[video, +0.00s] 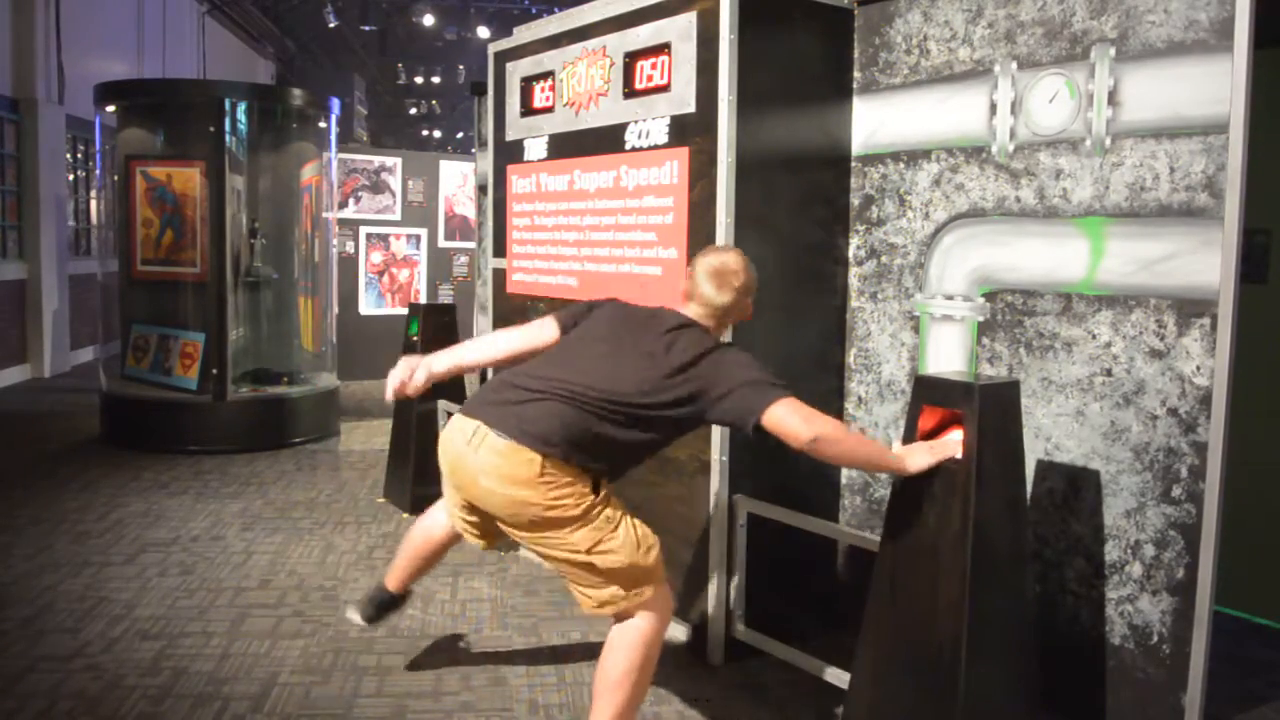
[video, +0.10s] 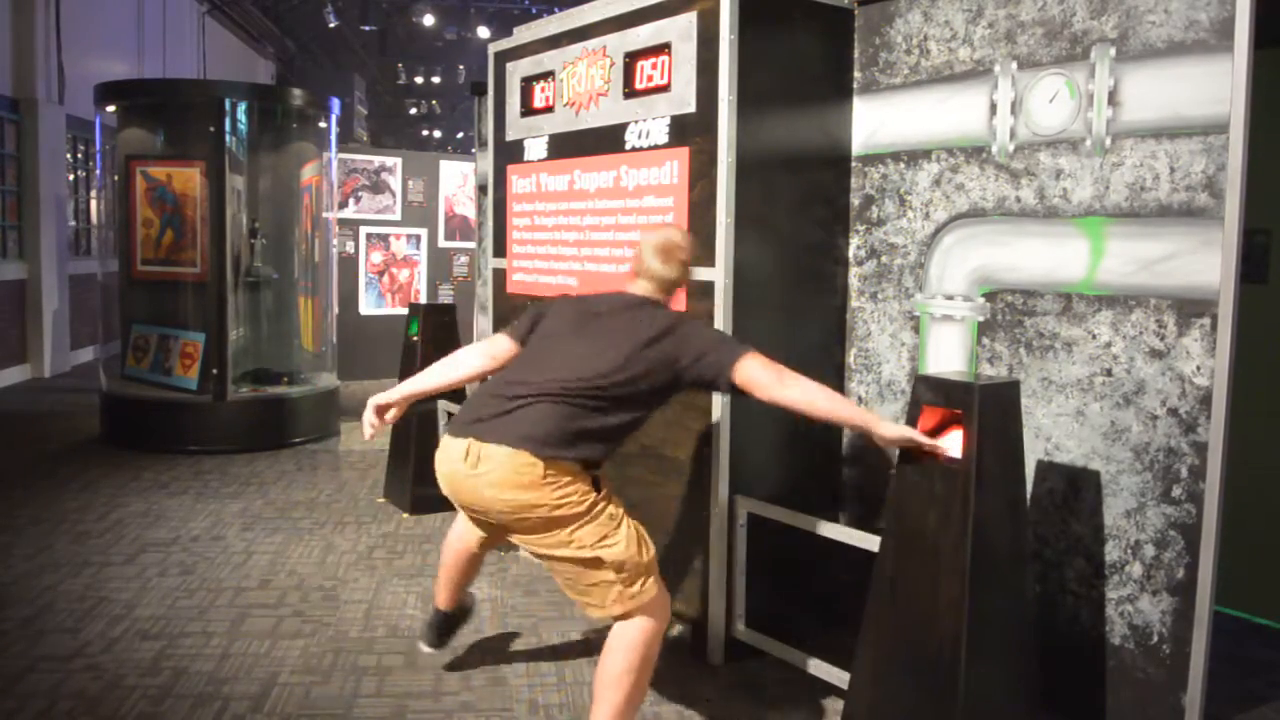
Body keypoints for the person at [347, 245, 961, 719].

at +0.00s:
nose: (737, 311)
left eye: (718, 293)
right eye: (743, 306)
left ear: (680, 286)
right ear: (739, 313)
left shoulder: (609, 313)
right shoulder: (719, 363)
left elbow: (516, 340)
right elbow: (808, 432)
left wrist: (431, 366)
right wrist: (902, 459)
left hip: (467, 433)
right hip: (536, 476)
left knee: (457, 507)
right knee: (647, 601)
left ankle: (381, 597)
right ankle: (606, 718)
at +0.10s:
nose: (675, 286)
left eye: (651, 270)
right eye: (683, 280)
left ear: (628, 273)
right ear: (682, 284)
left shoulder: (557, 311)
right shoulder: (685, 335)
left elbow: (484, 356)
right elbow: (775, 382)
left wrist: (401, 391)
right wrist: (876, 424)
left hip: (459, 459)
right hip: (534, 482)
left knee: (475, 519)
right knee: (644, 606)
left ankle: (441, 617)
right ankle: (606, 716)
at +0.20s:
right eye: (603, 221)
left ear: (556, 233)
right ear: (604, 235)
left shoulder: (508, 290)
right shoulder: (617, 285)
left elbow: (434, 346)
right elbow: (694, 337)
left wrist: (393, 378)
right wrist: (793, 393)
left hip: (457, 458)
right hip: (533, 464)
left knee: (483, 525)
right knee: (627, 590)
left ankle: (464, 644)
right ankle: (602, 715)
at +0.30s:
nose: (547, 191)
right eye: (545, 183)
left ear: (490, 194)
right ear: (539, 192)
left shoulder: (458, 258)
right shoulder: (550, 238)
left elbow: (425, 314)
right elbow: (619, 280)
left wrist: (437, 323)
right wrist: (710, 314)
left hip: (448, 420)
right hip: (515, 415)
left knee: (469, 519)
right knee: (555, 558)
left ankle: (464, 645)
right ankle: (580, 709)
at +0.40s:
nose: (506, 160)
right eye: (510, 150)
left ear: (455, 158)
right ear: (506, 153)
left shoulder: (435, 215)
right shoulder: (515, 203)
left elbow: (395, 261)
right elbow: (578, 241)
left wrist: (400, 269)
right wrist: (666, 258)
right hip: (483, 372)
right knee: (527, 495)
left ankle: (465, 640)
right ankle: (478, 652)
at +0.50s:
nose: (486, 136)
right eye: (486, 127)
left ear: (434, 135)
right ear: (484, 131)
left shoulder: (414, 185)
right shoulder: (486, 181)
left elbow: (362, 248)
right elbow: (527, 231)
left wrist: (370, 273)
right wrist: (612, 259)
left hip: (405, 349)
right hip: (451, 352)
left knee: (441, 469)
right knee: (494, 465)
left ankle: (428, 581)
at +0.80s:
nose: (441, 213)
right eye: (440, 206)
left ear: (396, 210)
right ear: (436, 210)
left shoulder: (375, 258)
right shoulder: (423, 265)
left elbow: (349, 320)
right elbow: (430, 340)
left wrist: (383, 360)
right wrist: (486, 394)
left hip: (344, 387)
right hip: (375, 396)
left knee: (369, 439)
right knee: (421, 493)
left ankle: (346, 499)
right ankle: (339, 583)